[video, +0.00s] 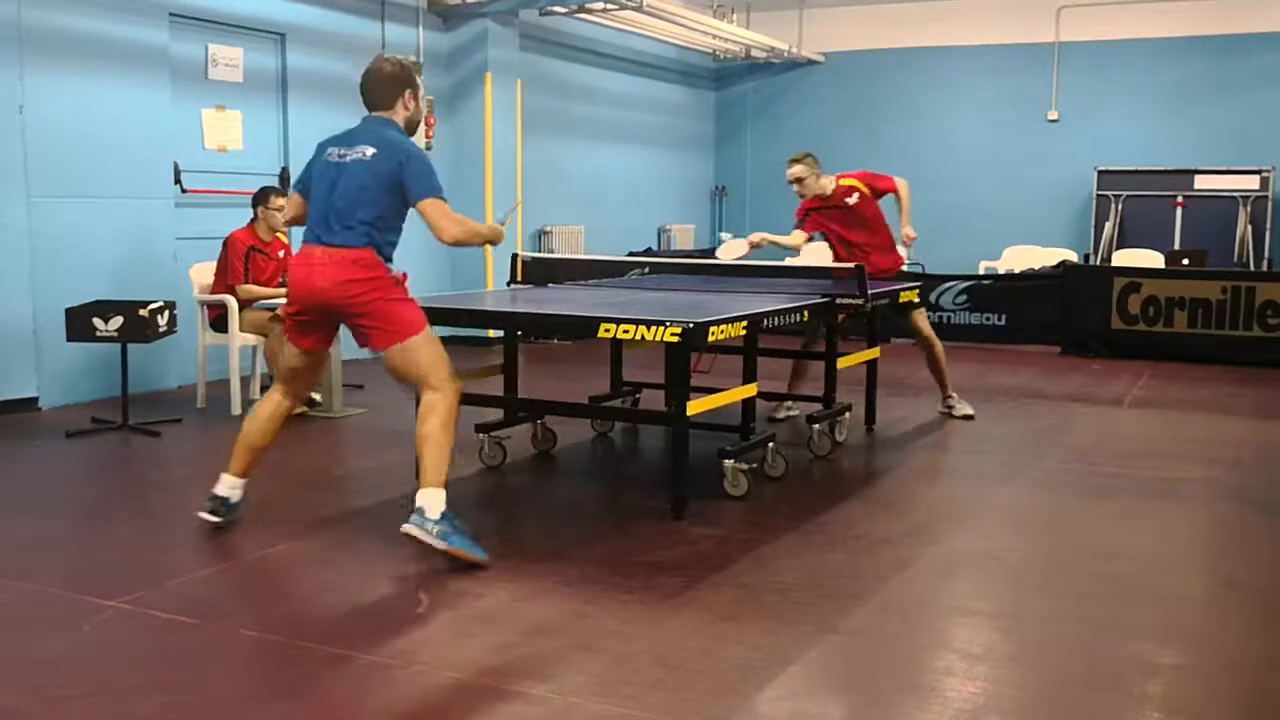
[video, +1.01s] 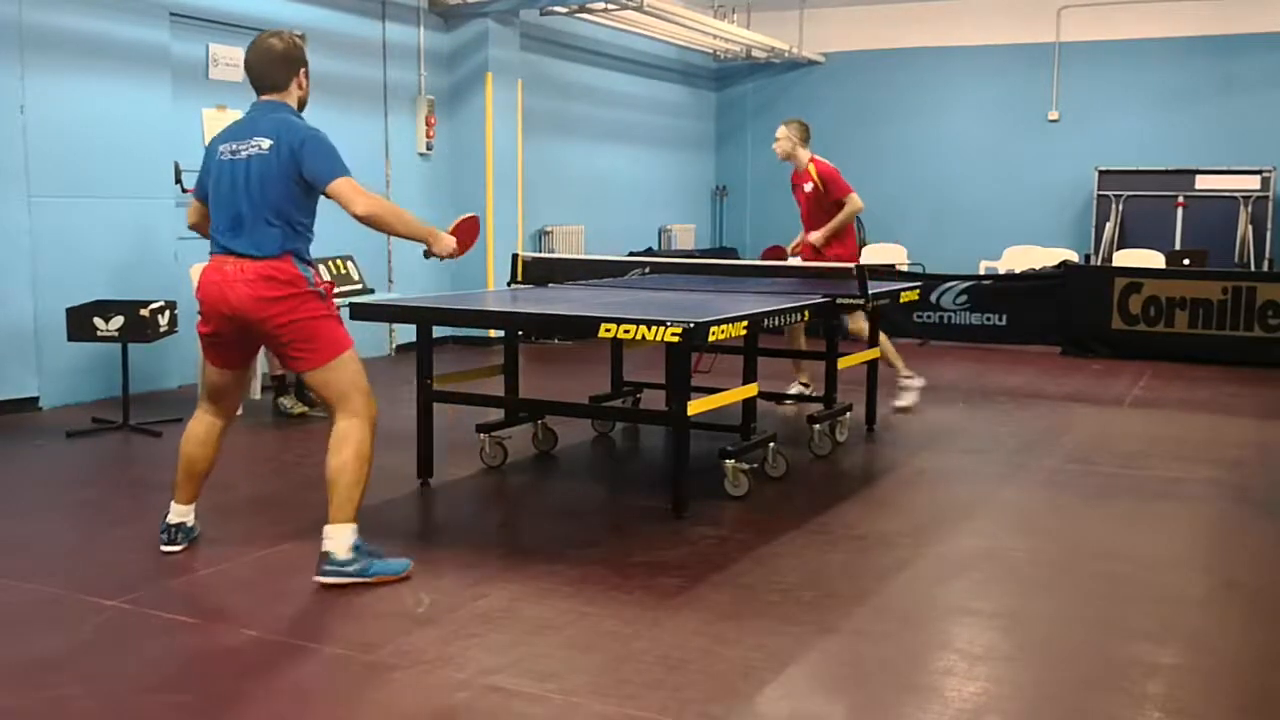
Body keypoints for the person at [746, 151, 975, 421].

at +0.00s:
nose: (796, 189)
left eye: (799, 181)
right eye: (792, 184)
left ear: (818, 175)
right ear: (796, 184)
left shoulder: (855, 182)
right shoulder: (810, 210)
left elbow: (900, 185)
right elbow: (797, 241)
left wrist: (905, 226)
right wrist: (767, 238)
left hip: (892, 275)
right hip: (850, 282)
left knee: (926, 333)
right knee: (814, 338)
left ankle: (949, 397)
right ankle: (789, 399)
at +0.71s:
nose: (815, 170)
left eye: (821, 164)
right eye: (813, 165)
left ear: (840, 164)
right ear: (814, 166)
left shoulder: (865, 190)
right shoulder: (821, 199)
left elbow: (906, 223)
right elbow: (817, 238)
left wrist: (867, 244)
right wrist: (803, 254)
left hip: (879, 279)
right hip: (839, 279)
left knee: (905, 337)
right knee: (804, 329)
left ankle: (945, 392)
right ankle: (803, 384)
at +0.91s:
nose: (783, 163)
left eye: (788, 157)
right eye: (783, 157)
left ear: (806, 160)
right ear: (802, 161)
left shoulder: (836, 186)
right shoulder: (803, 193)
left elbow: (872, 220)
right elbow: (823, 233)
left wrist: (840, 252)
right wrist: (810, 260)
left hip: (858, 275)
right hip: (824, 273)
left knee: (888, 331)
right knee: (793, 325)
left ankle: (942, 385)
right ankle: (803, 384)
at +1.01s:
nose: (774, 145)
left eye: (778, 139)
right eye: (774, 139)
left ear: (795, 142)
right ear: (789, 143)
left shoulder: (823, 169)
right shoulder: (797, 177)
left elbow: (855, 204)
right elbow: (814, 218)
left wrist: (823, 233)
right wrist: (799, 242)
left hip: (839, 263)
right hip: (811, 263)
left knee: (857, 325)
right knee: (792, 319)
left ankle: (907, 377)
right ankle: (803, 382)